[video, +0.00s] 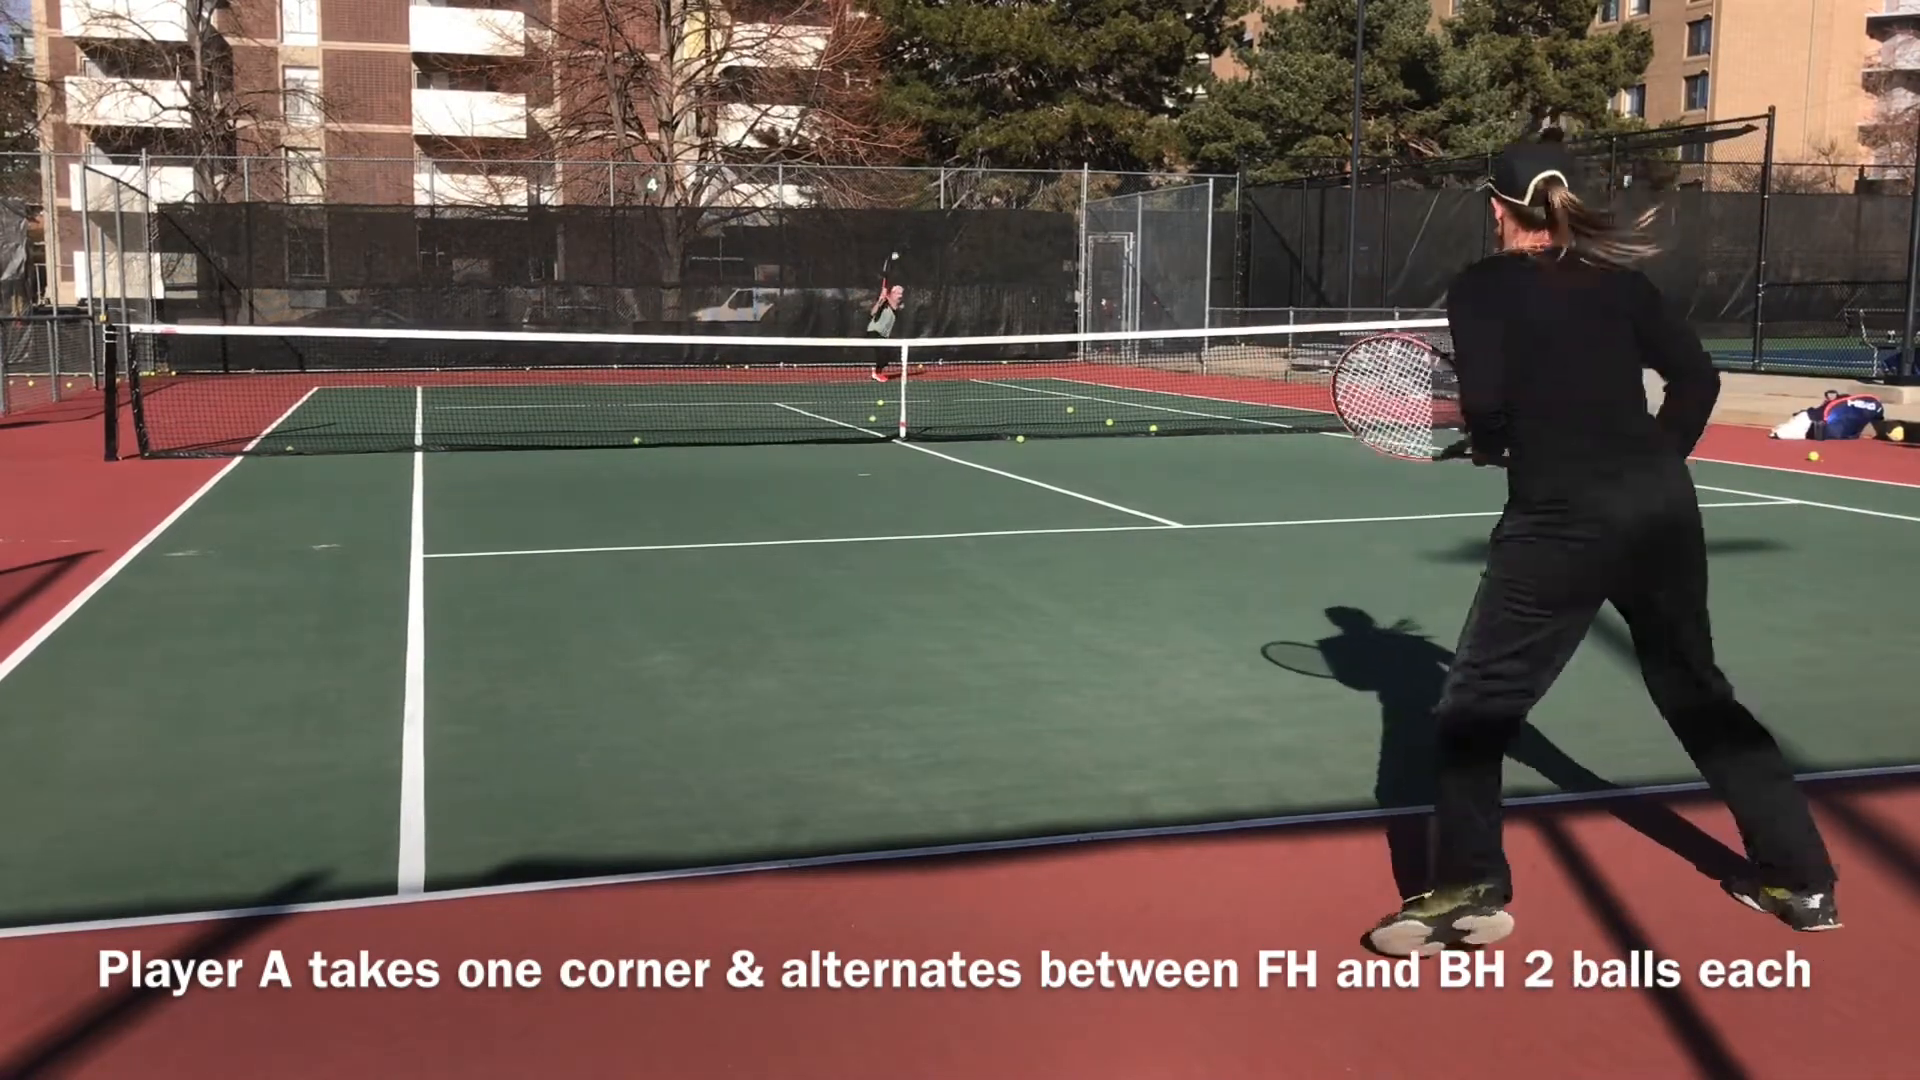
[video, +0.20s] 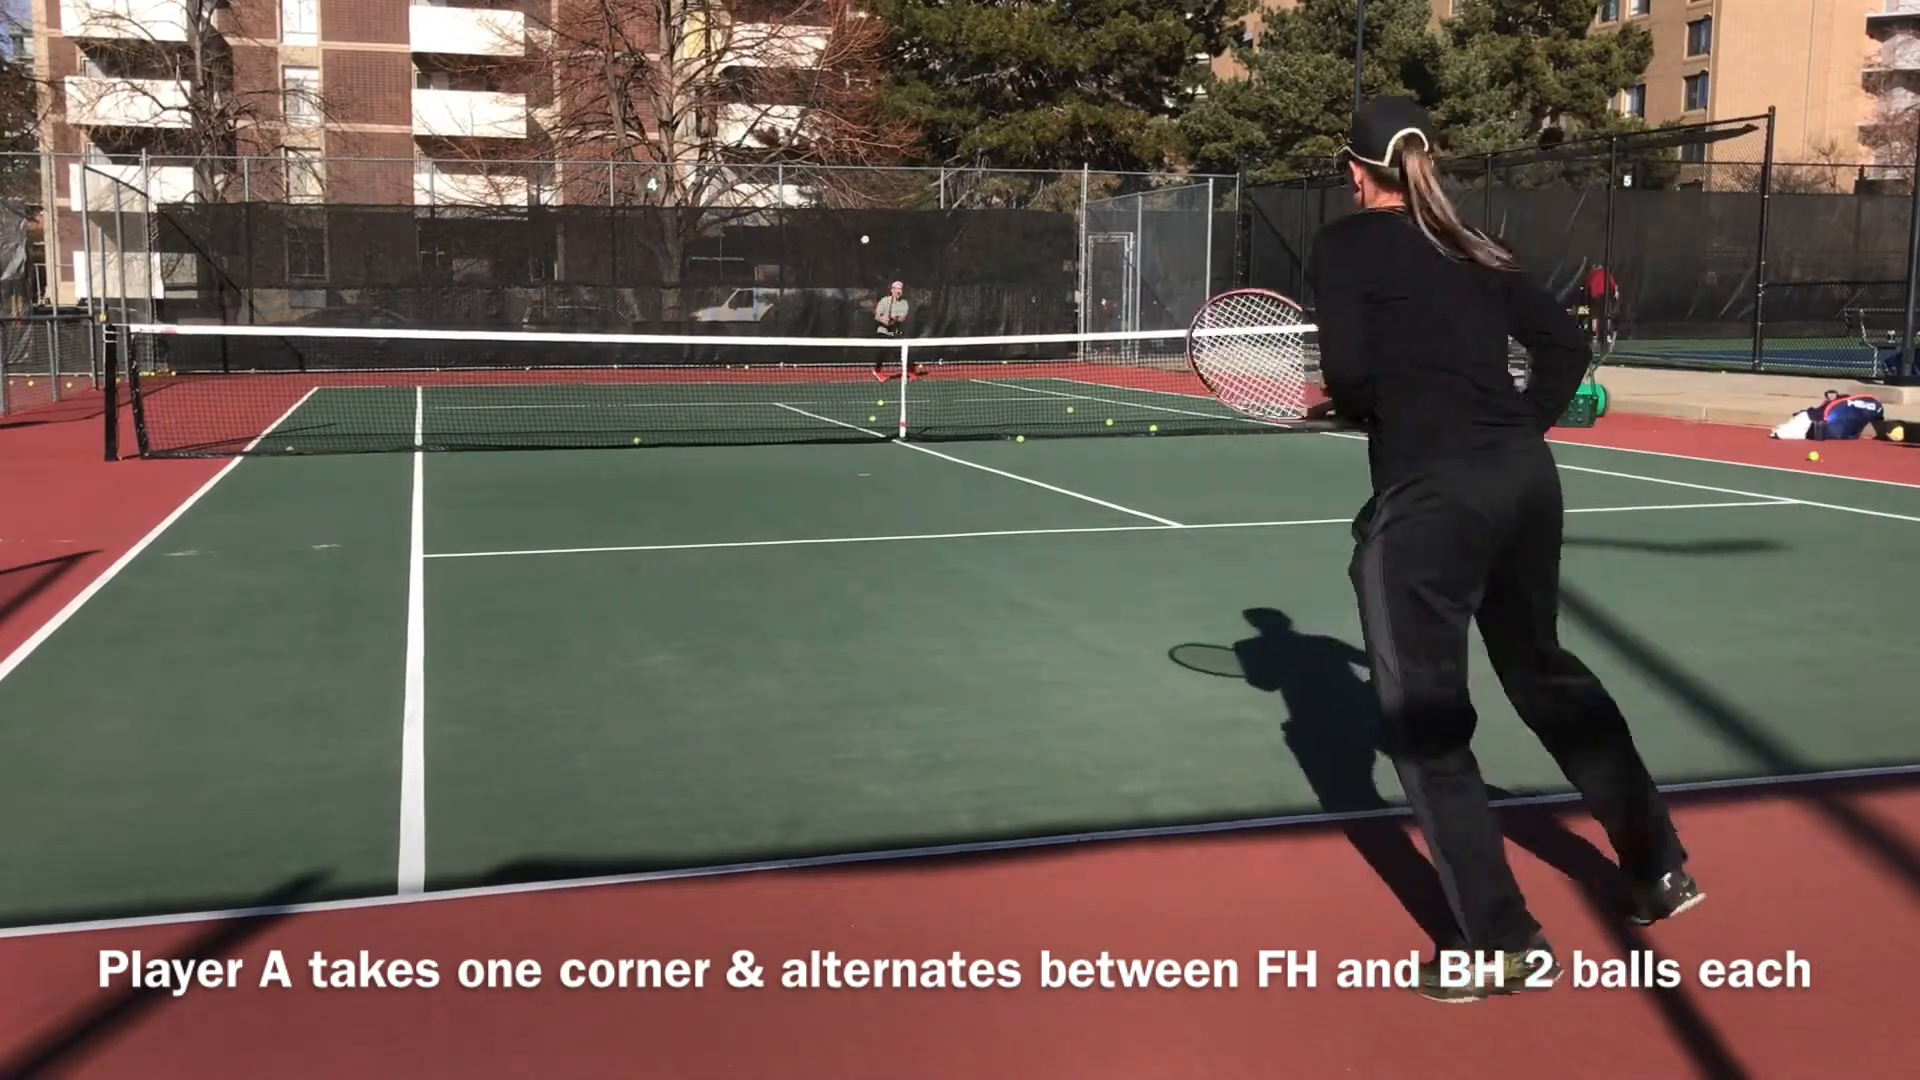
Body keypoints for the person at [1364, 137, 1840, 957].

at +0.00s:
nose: (1491, 219)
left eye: (1493, 209)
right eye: (1496, 207)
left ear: (1504, 213)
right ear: (1567, 214)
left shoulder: (1482, 285)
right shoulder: (1623, 283)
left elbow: (1485, 407)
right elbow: (1697, 377)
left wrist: (1488, 445)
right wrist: (1655, 459)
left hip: (1562, 505)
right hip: (1662, 499)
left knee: (1473, 711)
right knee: (1698, 693)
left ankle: (1473, 888)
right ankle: (1803, 878)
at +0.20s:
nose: (1346, 184)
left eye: (1348, 172)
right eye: (1350, 171)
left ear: (1365, 177)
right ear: (1425, 174)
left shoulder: (1348, 242)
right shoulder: (1477, 251)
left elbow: (1349, 374)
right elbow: (1566, 343)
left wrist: (1350, 408)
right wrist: (1521, 427)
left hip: (1429, 494)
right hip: (1527, 479)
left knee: (1428, 732)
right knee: (1537, 663)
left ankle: (1498, 940)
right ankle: (1657, 861)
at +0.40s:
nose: (1183, 188)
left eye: (1183, 174)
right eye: (1185, 173)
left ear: (1198, 173)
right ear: (1252, 167)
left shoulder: (1225, 236)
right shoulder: (1296, 230)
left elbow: (1273, 356)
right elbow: (1322, 380)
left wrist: (1184, 390)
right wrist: (1247, 465)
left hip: (1299, 496)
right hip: (1371, 494)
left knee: (1194, 696)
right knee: (1330, 710)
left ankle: (1210, 936)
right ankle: (1425, 933)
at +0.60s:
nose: (1004, 206)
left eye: (1014, 191)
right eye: (1000, 191)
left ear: (1053, 189)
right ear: (1025, 196)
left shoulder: (1109, 239)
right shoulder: (1051, 265)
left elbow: (1194, 329)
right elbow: (1064, 395)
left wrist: (1060, 332)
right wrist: (1016, 449)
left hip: (1147, 508)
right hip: (1096, 510)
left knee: (1032, 721)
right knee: (1020, 718)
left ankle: (1058, 957)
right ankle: (1178, 865)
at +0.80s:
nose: (870, 179)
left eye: (882, 162)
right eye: (866, 168)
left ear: (928, 156)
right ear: (881, 171)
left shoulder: (968, 222)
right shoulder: (890, 241)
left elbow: (1051, 276)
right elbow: (848, 323)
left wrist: (950, 189)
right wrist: (818, 283)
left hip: (971, 491)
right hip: (924, 496)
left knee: (957, 720)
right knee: (848, 690)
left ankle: (1052, 949)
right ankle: (731, 852)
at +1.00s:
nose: (731, 228)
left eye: (732, 213)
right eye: (727, 214)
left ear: (758, 205)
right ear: (783, 199)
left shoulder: (817, 255)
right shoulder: (776, 263)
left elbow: (785, 329)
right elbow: (691, 271)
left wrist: (708, 245)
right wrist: (609, 243)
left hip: (817, 521)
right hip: (787, 522)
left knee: (794, 746)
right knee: (677, 666)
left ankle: (982, 904)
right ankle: (650, 871)